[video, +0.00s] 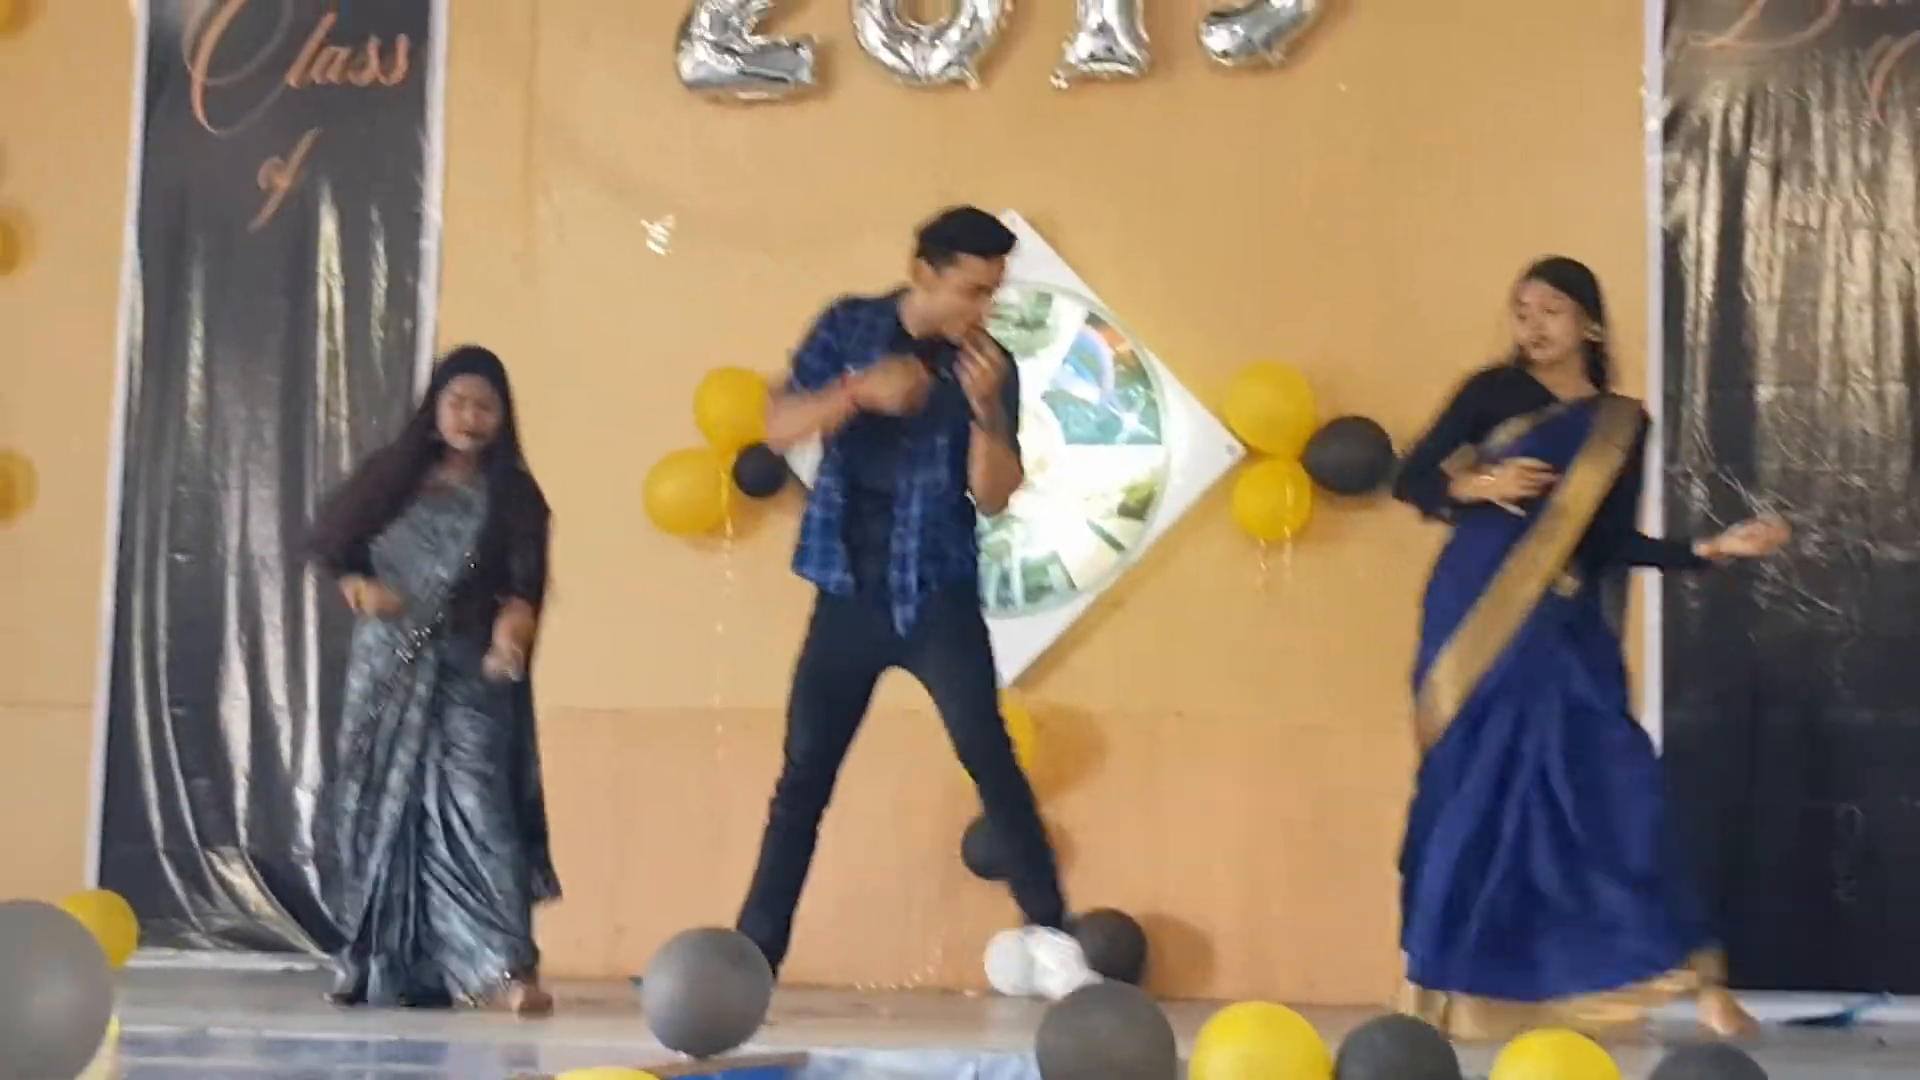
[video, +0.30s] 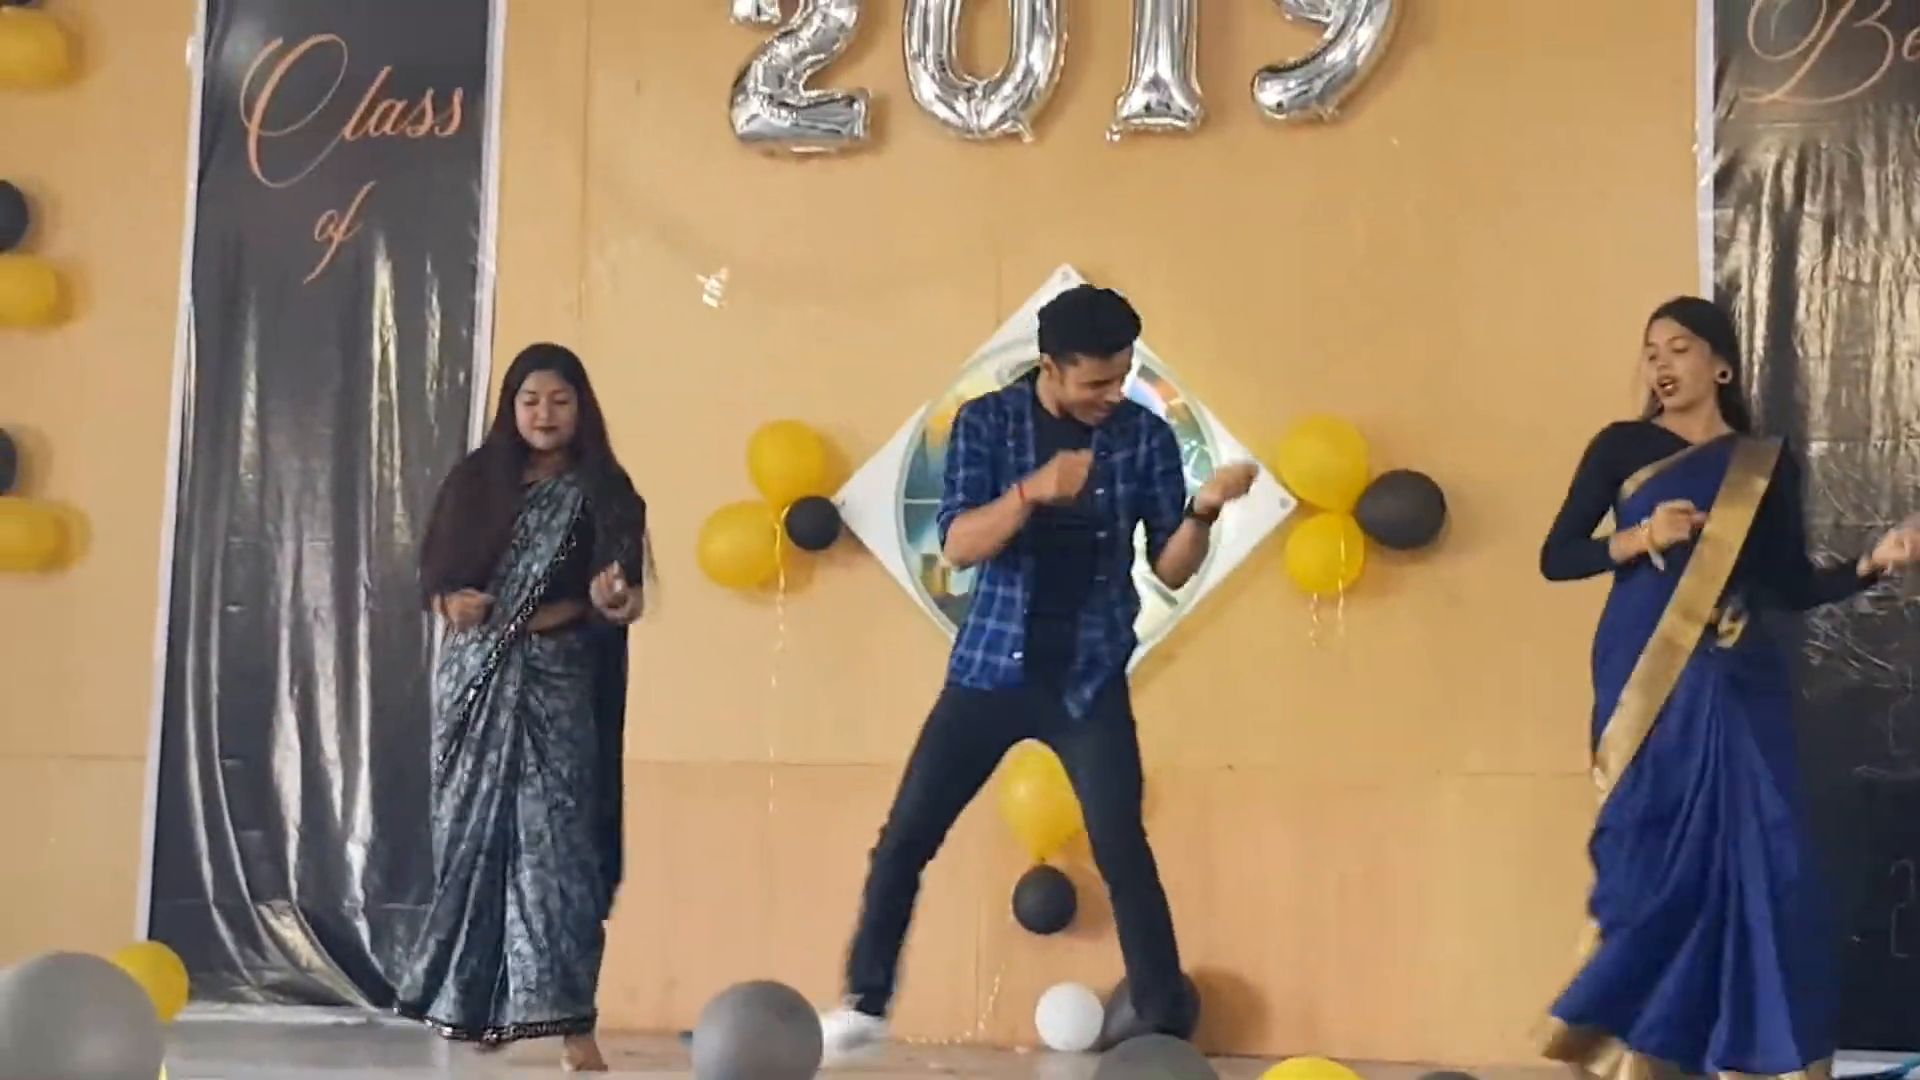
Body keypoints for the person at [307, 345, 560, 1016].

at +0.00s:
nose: (467, 414)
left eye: (482, 404)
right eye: (456, 400)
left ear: (502, 415)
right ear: (434, 404)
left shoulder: (515, 493)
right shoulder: (392, 471)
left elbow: (526, 579)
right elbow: (328, 538)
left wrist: (509, 636)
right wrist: (355, 583)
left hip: (470, 672)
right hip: (388, 668)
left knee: (480, 811)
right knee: (385, 809)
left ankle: (506, 969)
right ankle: (378, 963)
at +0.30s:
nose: (544, 412)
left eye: (558, 399)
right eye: (530, 399)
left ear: (582, 408)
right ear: (510, 408)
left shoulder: (607, 491)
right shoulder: (472, 480)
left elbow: (621, 593)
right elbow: (434, 576)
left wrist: (610, 599)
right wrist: (452, 598)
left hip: (563, 691)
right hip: (476, 688)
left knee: (566, 847)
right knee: (473, 840)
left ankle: (576, 1024)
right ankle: (474, 1008)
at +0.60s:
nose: (521, 506)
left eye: (537, 492)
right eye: (508, 495)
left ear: (568, 498)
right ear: (497, 506)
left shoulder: (615, 581)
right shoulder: (479, 585)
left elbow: (646, 684)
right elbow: (445, 685)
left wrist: (587, 673)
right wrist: (443, 757)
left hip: (568, 779)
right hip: (485, 782)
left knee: (555, 936)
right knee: (471, 932)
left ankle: (558, 1066)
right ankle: (489, 1062)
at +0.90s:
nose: (411, 541)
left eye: (429, 529)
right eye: (400, 531)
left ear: (460, 543)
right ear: (390, 546)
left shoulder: (506, 618)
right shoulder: (381, 635)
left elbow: (570, 709)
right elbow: (378, 742)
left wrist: (526, 776)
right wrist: (349, 781)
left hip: (487, 822)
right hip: (403, 825)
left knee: (493, 984)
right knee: (358, 973)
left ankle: (493, 1072)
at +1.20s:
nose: (348, 450)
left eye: (365, 439)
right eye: (338, 438)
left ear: (392, 453)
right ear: (320, 452)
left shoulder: (425, 528)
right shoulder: (297, 534)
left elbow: (482, 615)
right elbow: (258, 636)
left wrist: (427, 665)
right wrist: (232, 623)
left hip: (402, 742)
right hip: (318, 743)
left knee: (399, 905)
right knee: (312, 899)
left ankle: (397, 1059)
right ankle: (306, 1056)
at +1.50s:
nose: (293, 283)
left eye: (311, 272)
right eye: (285, 270)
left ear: (342, 285)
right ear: (272, 280)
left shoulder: (368, 368)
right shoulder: (262, 369)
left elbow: (375, 470)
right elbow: (249, 486)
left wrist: (332, 512)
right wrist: (212, 569)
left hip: (337, 566)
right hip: (264, 563)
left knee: (299, 716)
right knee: (231, 715)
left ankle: (391, 867)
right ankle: (255, 893)